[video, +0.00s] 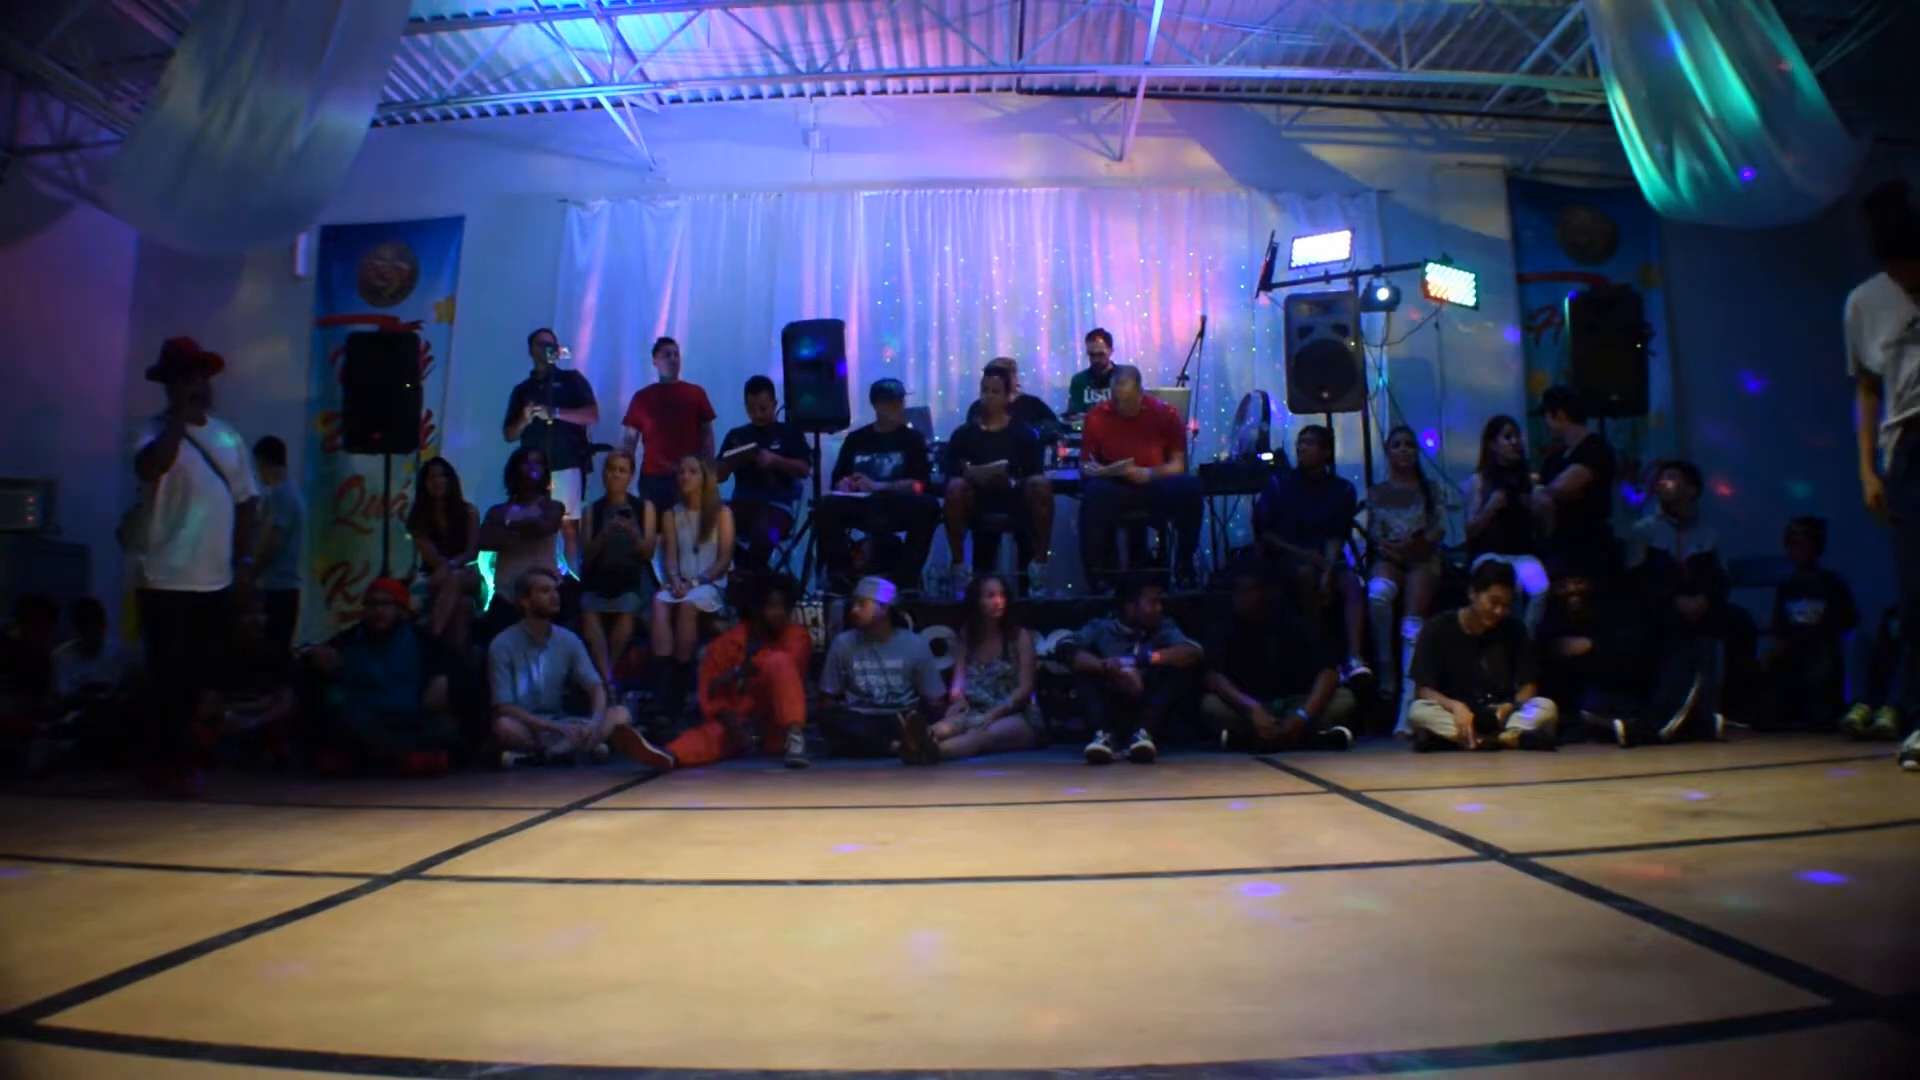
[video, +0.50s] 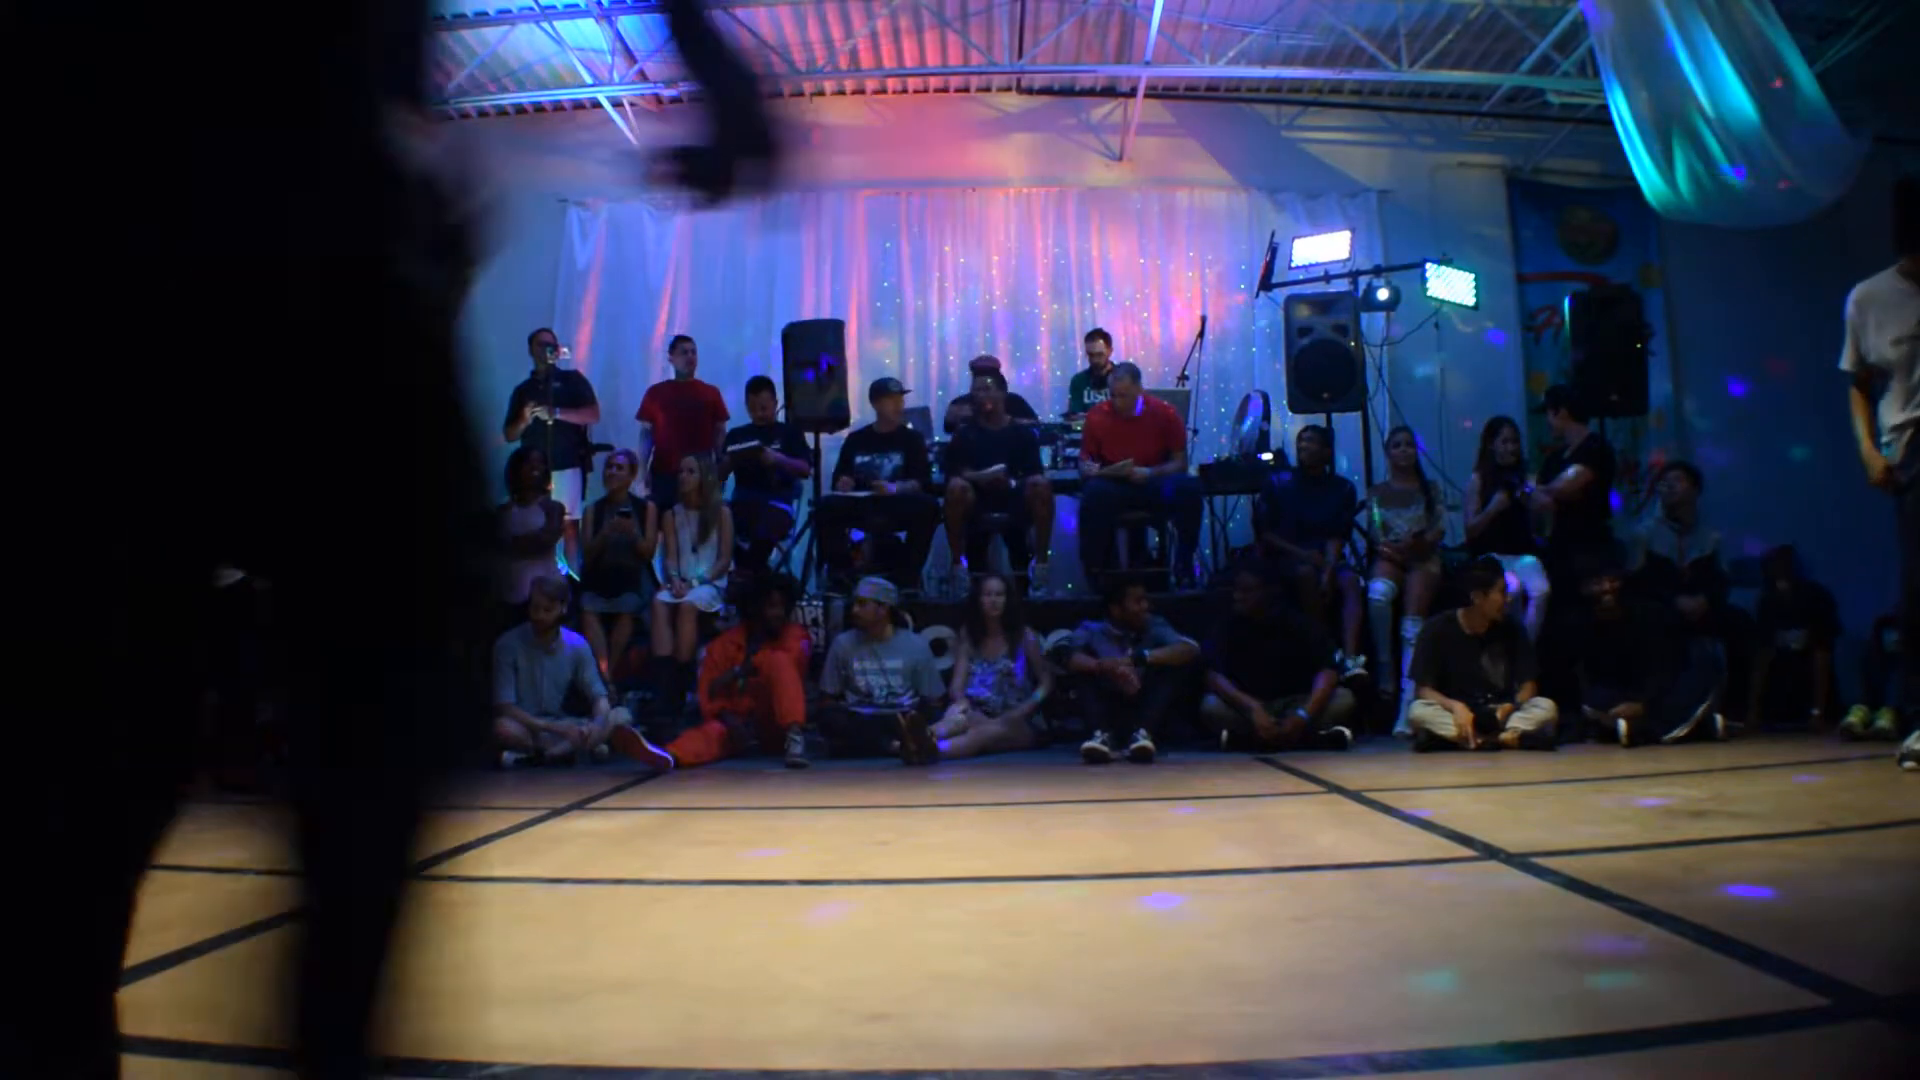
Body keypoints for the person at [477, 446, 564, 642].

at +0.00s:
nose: (534, 469)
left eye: (539, 464)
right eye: (527, 464)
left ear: (546, 471)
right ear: (515, 471)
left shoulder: (553, 507)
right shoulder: (498, 511)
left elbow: (545, 528)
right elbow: (485, 541)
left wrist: (507, 527)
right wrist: (527, 534)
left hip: (545, 600)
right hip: (506, 599)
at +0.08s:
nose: (535, 469)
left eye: (540, 464)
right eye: (529, 464)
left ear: (545, 471)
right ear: (516, 471)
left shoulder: (553, 507)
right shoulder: (498, 512)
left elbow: (545, 528)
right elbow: (485, 541)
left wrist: (506, 534)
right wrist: (528, 529)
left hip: (544, 598)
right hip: (506, 598)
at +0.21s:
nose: (535, 470)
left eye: (539, 465)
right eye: (528, 465)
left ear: (545, 471)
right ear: (515, 471)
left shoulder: (552, 507)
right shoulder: (499, 512)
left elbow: (547, 533)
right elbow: (485, 544)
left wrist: (507, 540)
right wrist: (528, 543)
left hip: (541, 602)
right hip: (505, 599)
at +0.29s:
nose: (536, 471)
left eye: (540, 466)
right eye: (529, 466)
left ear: (545, 471)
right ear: (515, 472)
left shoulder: (552, 508)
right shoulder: (499, 512)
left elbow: (546, 542)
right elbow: (490, 550)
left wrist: (507, 544)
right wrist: (535, 543)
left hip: (542, 598)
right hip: (505, 598)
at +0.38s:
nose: (536, 472)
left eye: (540, 467)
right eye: (530, 467)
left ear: (545, 472)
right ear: (515, 473)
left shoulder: (552, 508)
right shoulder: (499, 512)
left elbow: (548, 540)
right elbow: (490, 550)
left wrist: (509, 543)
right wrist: (534, 545)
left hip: (543, 598)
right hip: (505, 597)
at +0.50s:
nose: (535, 472)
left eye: (539, 467)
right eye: (529, 466)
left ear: (545, 472)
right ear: (515, 472)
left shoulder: (553, 508)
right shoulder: (502, 512)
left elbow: (548, 542)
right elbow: (499, 546)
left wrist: (510, 545)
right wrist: (539, 538)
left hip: (544, 590)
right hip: (511, 591)